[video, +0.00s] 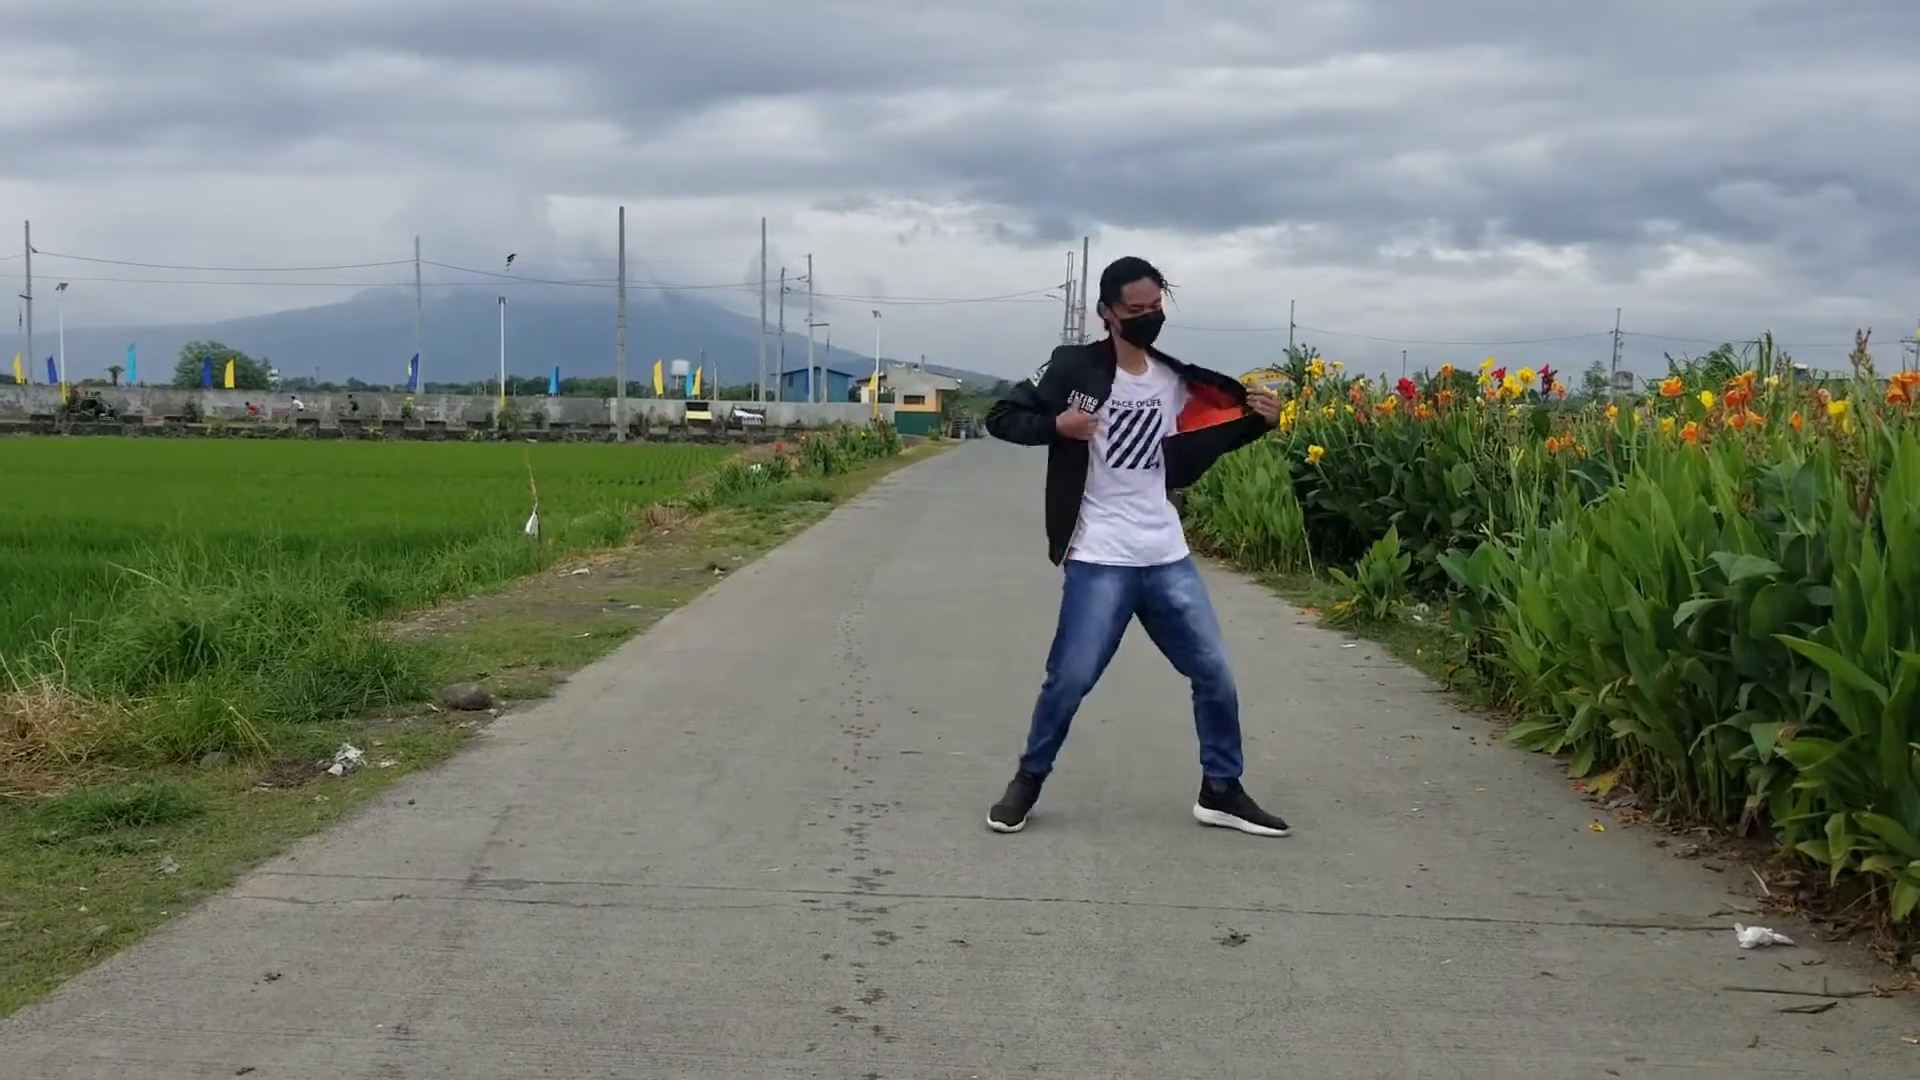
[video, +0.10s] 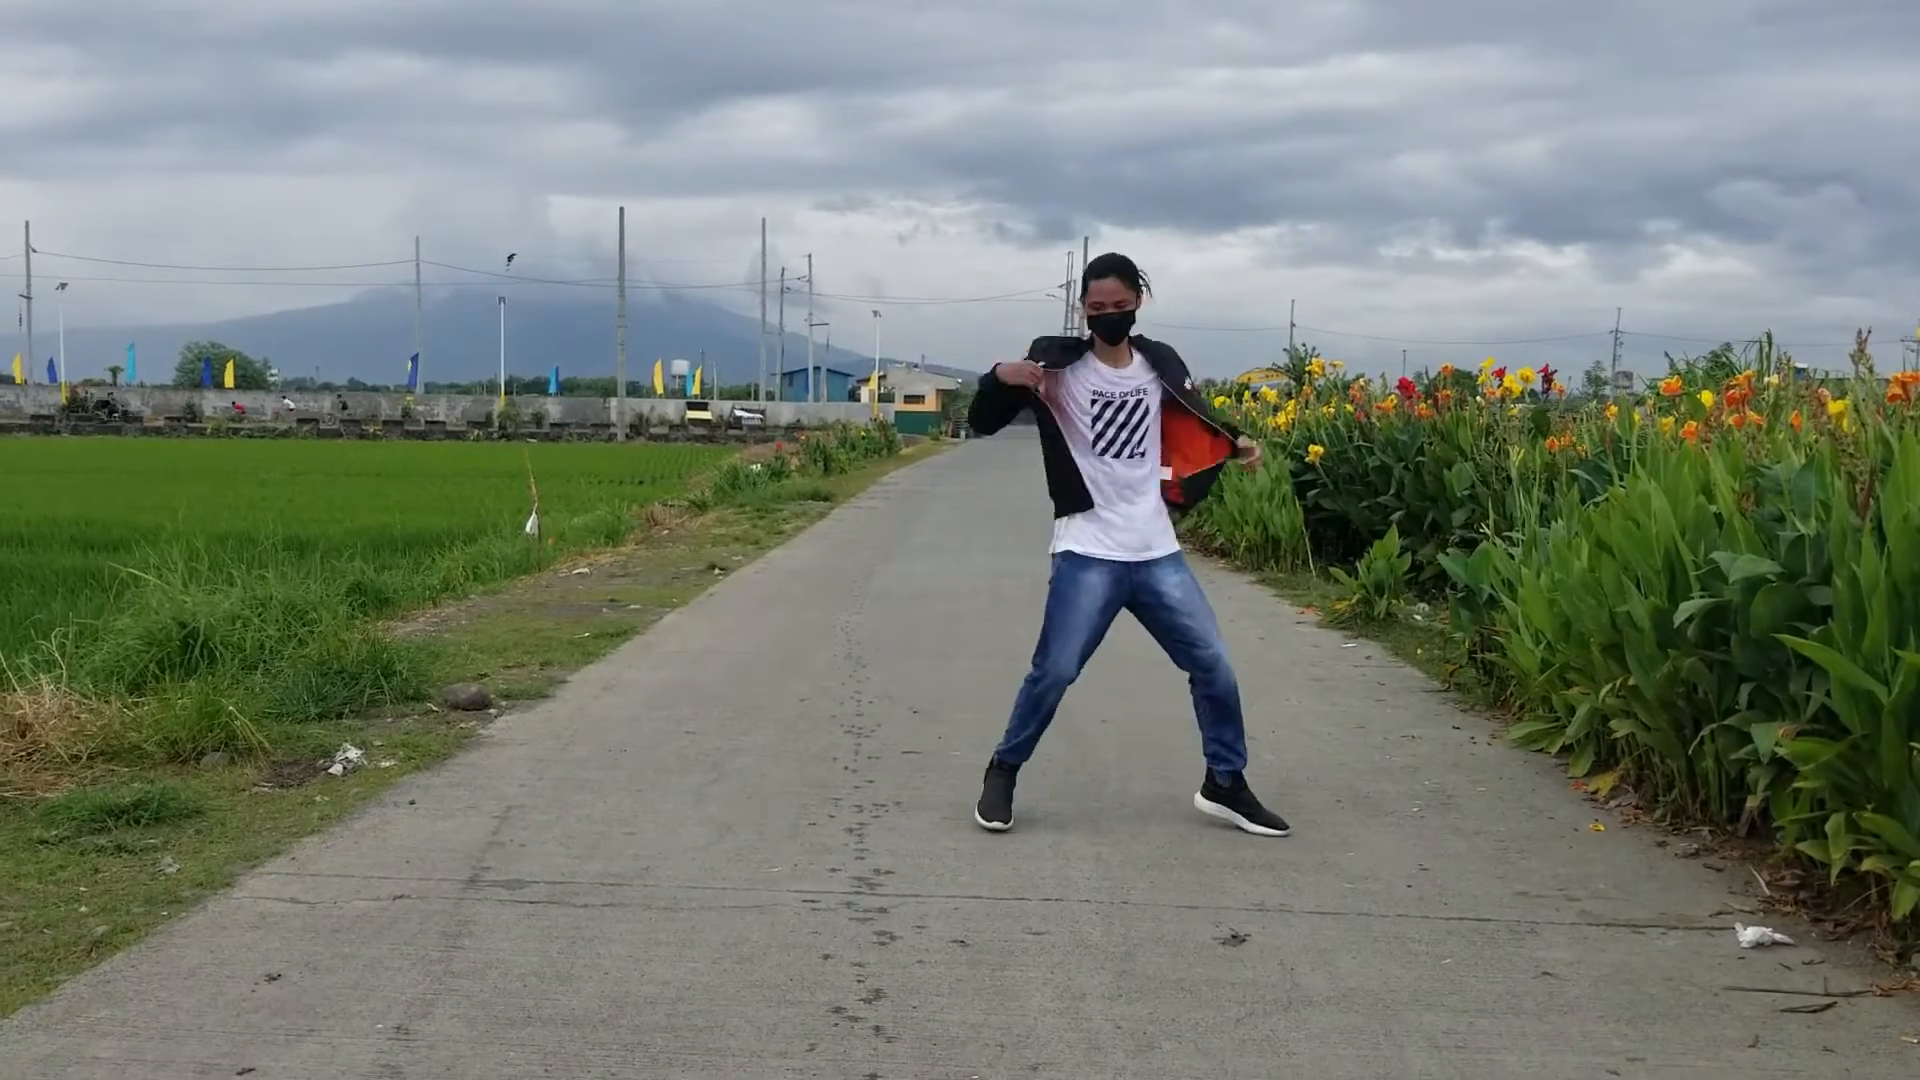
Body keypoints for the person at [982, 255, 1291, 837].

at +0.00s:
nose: (1151, 319)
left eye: (1157, 309)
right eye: (1138, 310)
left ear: (1163, 305)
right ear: (1108, 311)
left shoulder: (1175, 380)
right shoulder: (1074, 366)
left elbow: (1178, 460)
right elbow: (1003, 419)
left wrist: (1255, 422)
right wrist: (1055, 425)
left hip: (1165, 551)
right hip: (1098, 551)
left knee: (1215, 671)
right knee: (1071, 677)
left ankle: (1221, 789)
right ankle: (1028, 780)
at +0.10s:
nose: (1108, 319)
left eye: (1119, 308)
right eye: (1097, 308)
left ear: (1139, 303)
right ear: (1082, 307)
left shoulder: (1163, 363)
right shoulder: (1053, 362)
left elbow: (1195, 429)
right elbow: (982, 424)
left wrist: (1233, 444)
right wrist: (1000, 377)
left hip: (1156, 548)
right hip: (1086, 548)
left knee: (1213, 664)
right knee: (1056, 669)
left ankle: (1224, 782)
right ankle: (1003, 771)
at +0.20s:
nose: (1058, 332)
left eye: (1070, 322)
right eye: (1052, 320)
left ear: (1100, 318)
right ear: (1047, 313)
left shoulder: (1129, 367)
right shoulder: (1026, 378)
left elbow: (1161, 437)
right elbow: (960, 444)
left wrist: (1195, 481)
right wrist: (935, 379)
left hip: (1137, 558)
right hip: (1068, 562)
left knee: (1195, 672)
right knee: (1043, 683)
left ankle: (1225, 787)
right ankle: (976, 775)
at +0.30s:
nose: (1021, 317)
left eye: (1034, 309)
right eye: (1016, 306)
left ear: (1063, 315)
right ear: (1010, 310)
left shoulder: (1094, 370)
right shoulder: (992, 375)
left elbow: (1116, 442)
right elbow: (951, 457)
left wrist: (1148, 496)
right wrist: (922, 427)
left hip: (1096, 552)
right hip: (1029, 554)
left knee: (1156, 666)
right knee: (1029, 680)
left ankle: (1212, 771)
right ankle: (980, 782)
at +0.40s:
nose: (990, 321)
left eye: (1000, 311)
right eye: (985, 311)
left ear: (1033, 312)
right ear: (983, 310)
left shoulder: (1066, 365)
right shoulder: (962, 371)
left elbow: (1089, 441)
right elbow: (933, 445)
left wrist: (1117, 493)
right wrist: (915, 486)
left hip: (1065, 540)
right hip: (999, 542)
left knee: (1130, 648)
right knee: (1016, 667)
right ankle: (981, 783)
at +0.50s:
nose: (961, 313)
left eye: (971, 304)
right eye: (957, 303)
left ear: (1006, 300)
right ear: (956, 298)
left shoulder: (1039, 352)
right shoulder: (931, 360)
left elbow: (1072, 418)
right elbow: (908, 435)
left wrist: (1117, 439)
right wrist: (896, 460)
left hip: (1039, 531)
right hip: (976, 535)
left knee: (1079, 642)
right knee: (993, 659)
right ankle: (977, 778)